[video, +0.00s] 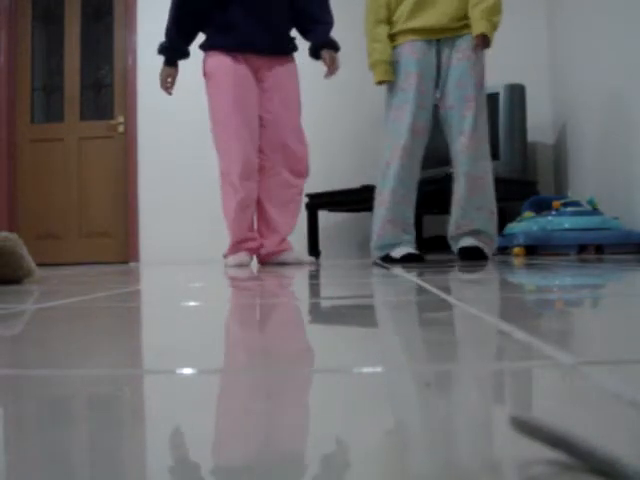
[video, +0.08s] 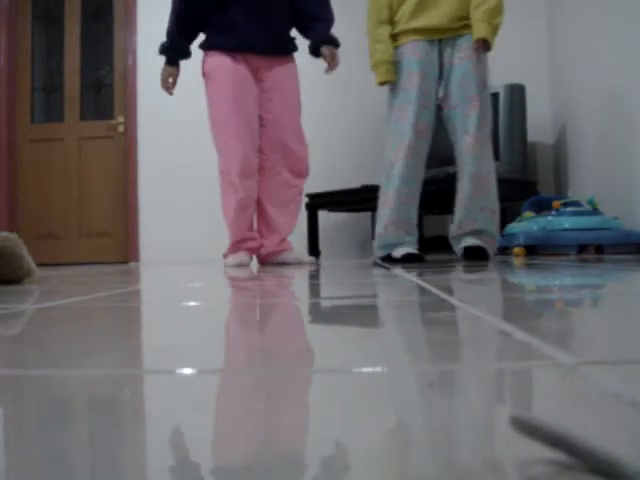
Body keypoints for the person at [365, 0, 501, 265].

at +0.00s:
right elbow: (377, 5)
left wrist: (483, 19)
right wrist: (380, 53)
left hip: (463, 27)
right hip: (409, 30)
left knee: (468, 137)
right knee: (405, 139)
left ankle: (472, 236)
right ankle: (394, 242)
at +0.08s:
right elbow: (379, 5)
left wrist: (484, 21)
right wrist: (382, 54)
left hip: (464, 28)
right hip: (411, 32)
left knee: (472, 139)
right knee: (407, 140)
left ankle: (475, 237)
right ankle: (397, 242)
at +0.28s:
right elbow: (382, 4)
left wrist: (504, 34)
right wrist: (384, 49)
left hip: (473, 28)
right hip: (415, 33)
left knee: (485, 132)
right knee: (426, 139)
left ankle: (487, 233)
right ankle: (441, 235)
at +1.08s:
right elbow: (370, 3)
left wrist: (472, 25)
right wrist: (375, 46)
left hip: (456, 29)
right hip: (403, 33)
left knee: (463, 139)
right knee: (402, 140)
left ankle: (467, 238)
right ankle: (396, 242)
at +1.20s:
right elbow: (375, 3)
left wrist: (492, 21)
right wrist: (381, 45)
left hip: (465, 25)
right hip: (408, 29)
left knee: (472, 134)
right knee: (411, 139)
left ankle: (478, 237)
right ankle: (413, 243)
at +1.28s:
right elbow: (376, 2)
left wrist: (496, 21)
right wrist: (380, 44)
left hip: (466, 26)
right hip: (409, 29)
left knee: (474, 133)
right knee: (413, 139)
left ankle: (481, 237)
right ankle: (418, 242)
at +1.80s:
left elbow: (487, 1)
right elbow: (376, 4)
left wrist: (484, 38)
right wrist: (377, 54)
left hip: (456, 31)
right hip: (403, 32)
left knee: (452, 136)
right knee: (402, 139)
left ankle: (462, 239)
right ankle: (402, 243)